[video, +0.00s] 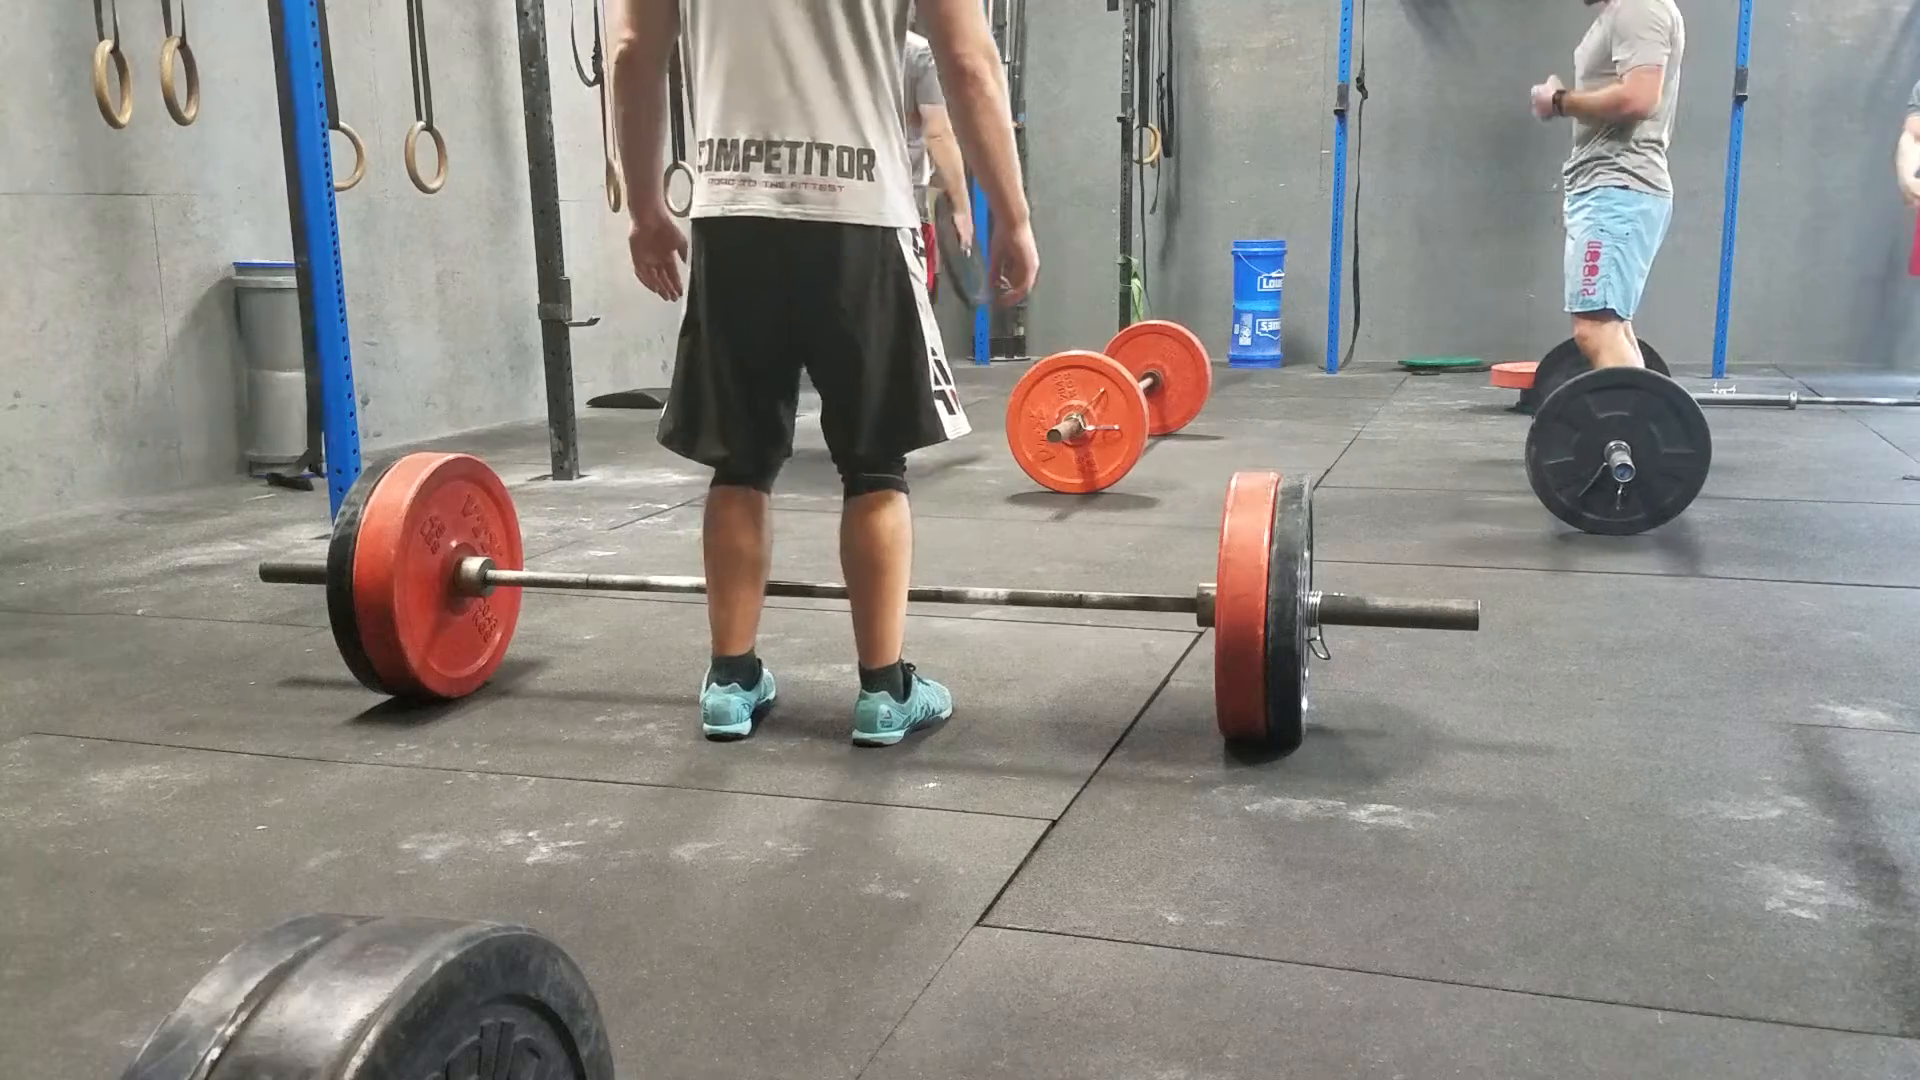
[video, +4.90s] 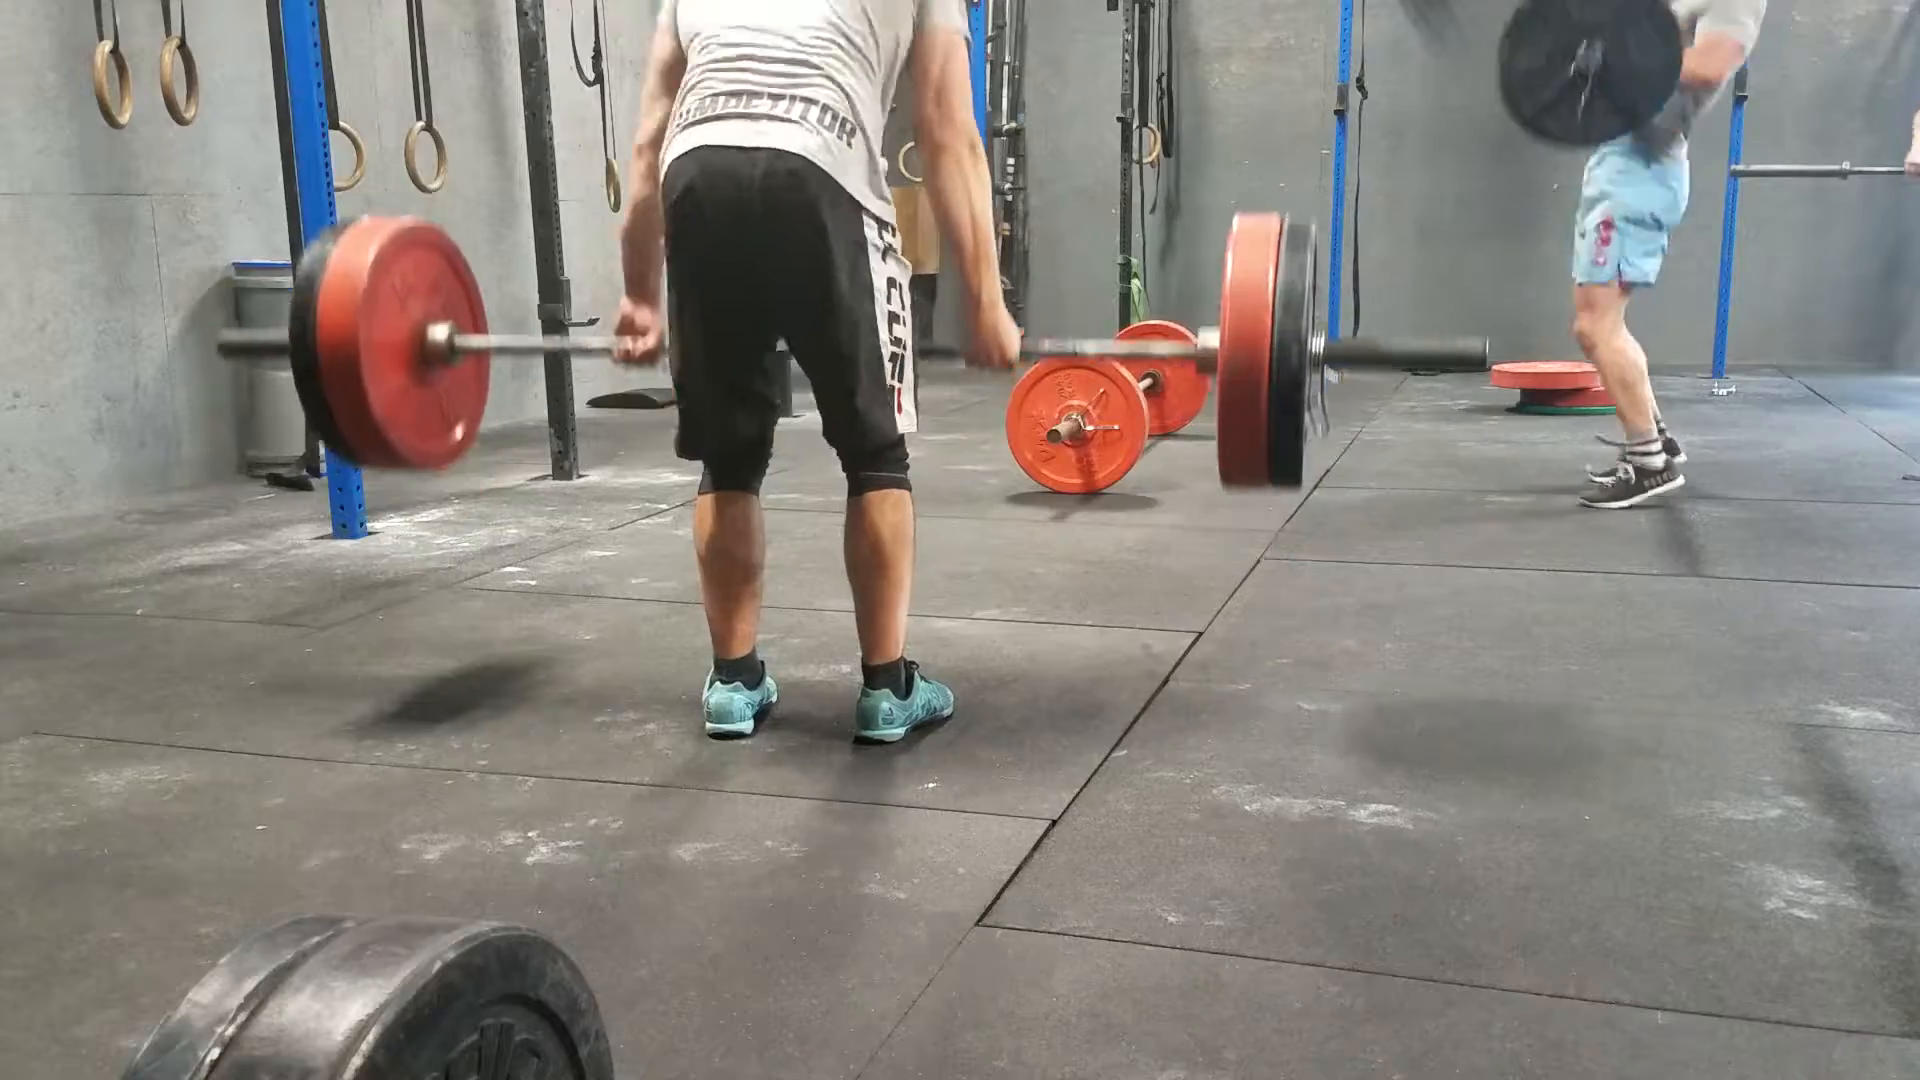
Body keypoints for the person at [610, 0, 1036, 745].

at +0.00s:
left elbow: (635, 49)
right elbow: (967, 60)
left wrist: (646, 206)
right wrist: (1011, 217)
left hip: (732, 216)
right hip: (860, 217)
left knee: (738, 464)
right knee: (875, 468)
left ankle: (729, 682)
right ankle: (884, 689)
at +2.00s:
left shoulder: (682, 6)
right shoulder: (918, 4)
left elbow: (640, 159)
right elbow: (954, 165)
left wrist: (644, 314)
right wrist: (982, 319)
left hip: (695, 215)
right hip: (832, 214)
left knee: (727, 468)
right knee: (880, 465)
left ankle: (733, 680)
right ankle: (885, 687)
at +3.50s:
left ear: (832, 30)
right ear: (908, 56)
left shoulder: (721, 58)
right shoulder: (922, 83)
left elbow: (635, 251)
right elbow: (943, 269)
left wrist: (633, 411)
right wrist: (971, 437)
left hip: (681, 239)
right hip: (817, 240)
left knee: (723, 471)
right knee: (880, 467)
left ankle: (733, 681)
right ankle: (885, 688)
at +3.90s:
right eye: (910, 142)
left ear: (829, 114)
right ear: (907, 135)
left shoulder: (744, 134)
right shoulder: (928, 174)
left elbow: (649, 365)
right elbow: (947, 369)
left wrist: (654, 507)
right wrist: (992, 523)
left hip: (672, 258)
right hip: (812, 270)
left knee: (723, 477)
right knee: (880, 477)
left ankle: (730, 681)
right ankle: (883, 687)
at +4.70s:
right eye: (918, 73)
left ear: (822, 56)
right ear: (908, 66)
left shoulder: (748, 90)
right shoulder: (931, 117)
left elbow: (671, 296)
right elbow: (959, 295)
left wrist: (657, 442)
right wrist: (994, 453)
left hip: (678, 219)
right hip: (808, 224)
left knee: (735, 467)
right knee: (883, 467)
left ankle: (733, 680)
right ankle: (886, 688)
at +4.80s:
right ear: (906, 13)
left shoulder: (729, 26)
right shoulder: (926, 42)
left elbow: (668, 214)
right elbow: (958, 223)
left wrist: (647, 367)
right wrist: (990, 382)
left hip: (686, 197)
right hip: (808, 198)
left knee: (728, 463)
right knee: (878, 456)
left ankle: (732, 680)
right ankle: (886, 686)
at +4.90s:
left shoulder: (689, 8)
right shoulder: (923, 6)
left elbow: (650, 148)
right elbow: (949, 137)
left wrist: (639, 293)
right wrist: (986, 300)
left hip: (699, 183)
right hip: (819, 184)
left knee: (728, 455)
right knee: (875, 454)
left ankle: (732, 680)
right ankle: (886, 684)